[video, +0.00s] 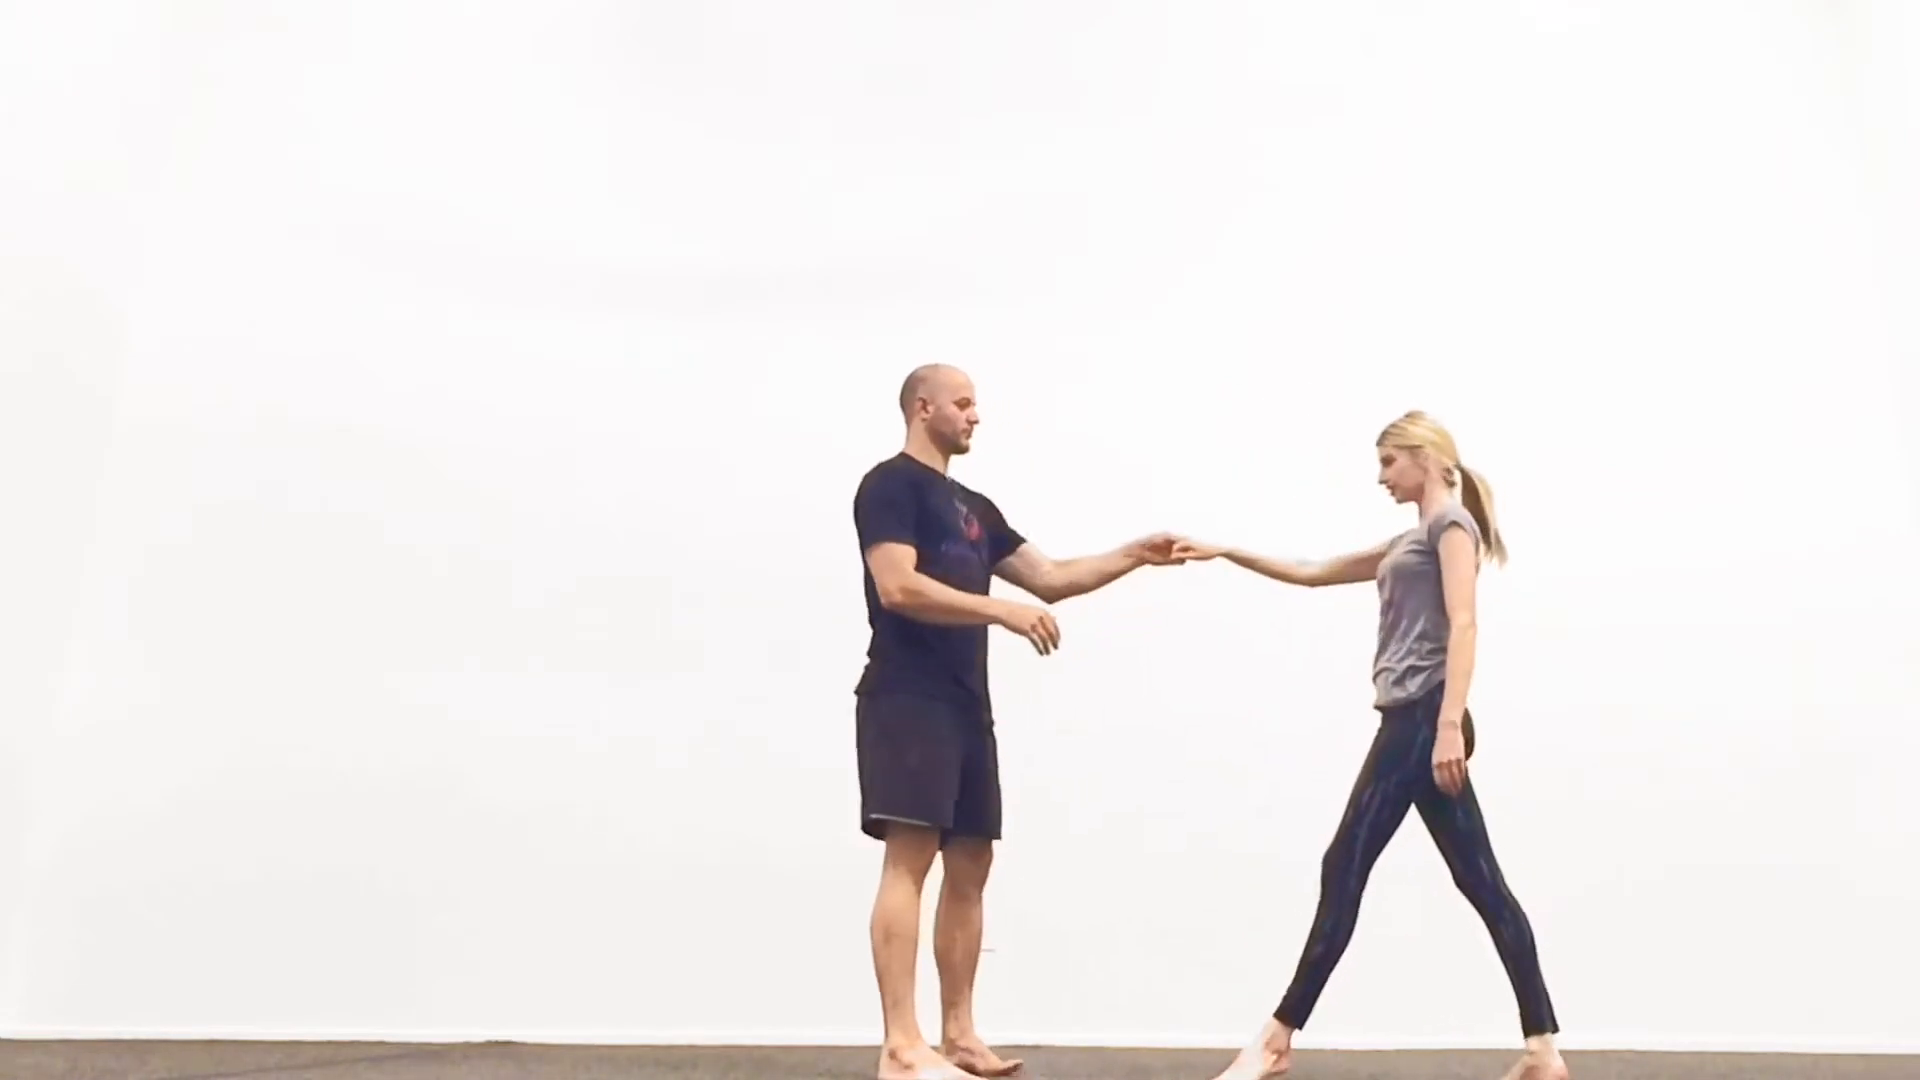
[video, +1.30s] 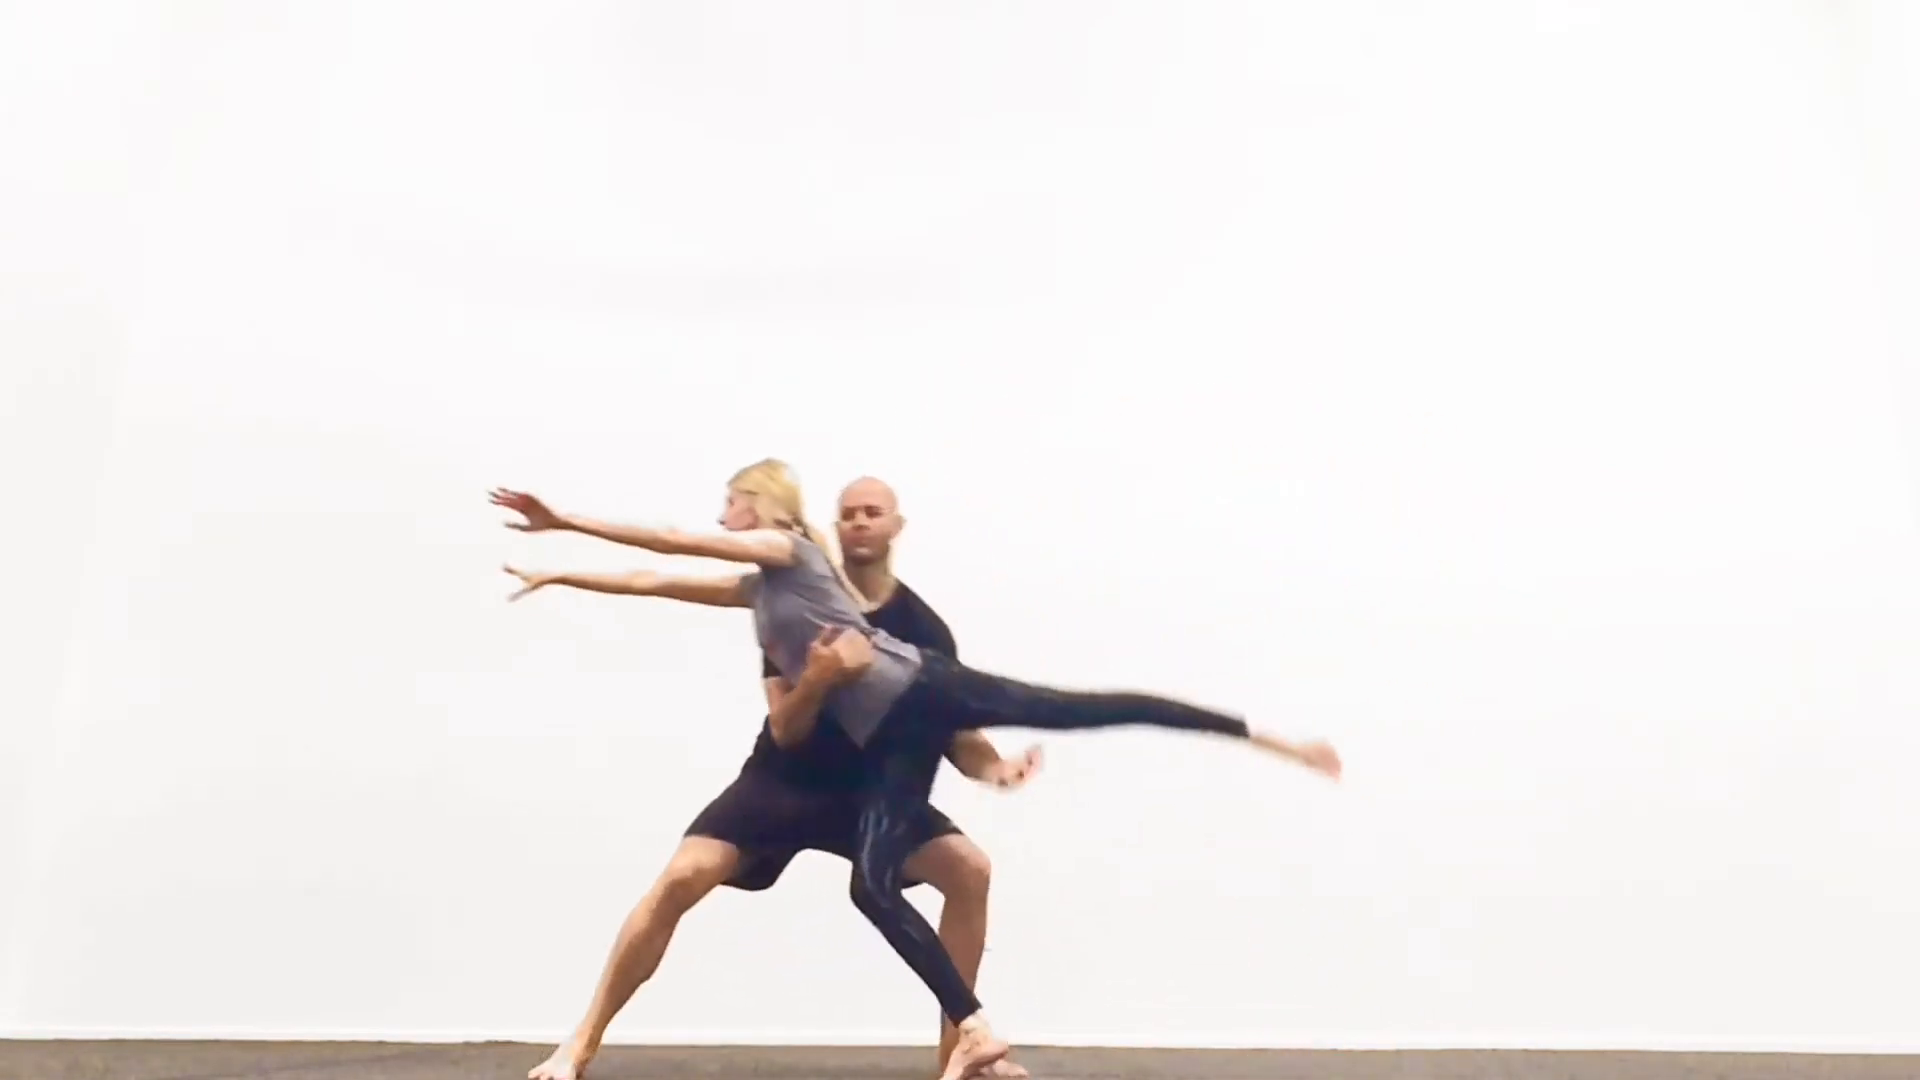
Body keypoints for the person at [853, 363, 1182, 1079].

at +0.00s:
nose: (975, 415)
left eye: (975, 404)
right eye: (963, 403)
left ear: (946, 412)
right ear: (919, 408)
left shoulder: (972, 505)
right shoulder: (889, 484)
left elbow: (1049, 578)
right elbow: (897, 588)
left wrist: (1134, 554)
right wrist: (1002, 611)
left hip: (967, 703)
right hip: (908, 698)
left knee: (971, 863)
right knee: (909, 859)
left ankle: (959, 1035)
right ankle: (900, 1046)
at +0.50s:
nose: (1060, 451)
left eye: (1063, 440)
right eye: (1049, 438)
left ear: (1053, 447)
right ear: (1008, 439)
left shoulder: (1044, 537)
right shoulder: (955, 510)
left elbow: (1052, 644)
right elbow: (947, 621)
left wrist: (1035, 604)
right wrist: (1041, 638)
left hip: (976, 708)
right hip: (911, 699)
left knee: (999, 866)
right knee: (898, 843)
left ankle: (965, 1039)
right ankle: (836, 1022)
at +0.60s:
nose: (1068, 469)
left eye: (1072, 460)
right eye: (1056, 457)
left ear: (1064, 469)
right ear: (1016, 459)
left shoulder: (1051, 559)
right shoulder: (962, 527)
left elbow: (1042, 675)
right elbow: (960, 635)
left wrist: (1016, 640)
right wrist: (1052, 636)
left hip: (970, 717)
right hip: (903, 705)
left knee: (1011, 868)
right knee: (880, 838)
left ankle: (965, 1041)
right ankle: (787, 1009)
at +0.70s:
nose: (1074, 492)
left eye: (1079, 481)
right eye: (1061, 478)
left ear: (1075, 492)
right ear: (1019, 480)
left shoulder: (1055, 583)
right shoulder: (967, 543)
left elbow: (1041, 677)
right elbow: (962, 648)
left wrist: (1044, 725)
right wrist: (1048, 640)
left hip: (963, 732)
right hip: (897, 714)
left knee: (1017, 873)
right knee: (851, 844)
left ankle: (968, 1039)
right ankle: (740, 998)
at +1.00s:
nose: (1032, 549)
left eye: (1042, 539)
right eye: (1020, 535)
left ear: (1049, 550)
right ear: (984, 532)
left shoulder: (1034, 646)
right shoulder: (927, 599)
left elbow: (1021, 746)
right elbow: (894, 717)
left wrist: (1057, 837)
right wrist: (953, 690)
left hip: (931, 774)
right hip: (854, 759)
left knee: (1024, 878)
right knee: (766, 857)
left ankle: (962, 1045)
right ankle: (631, 1003)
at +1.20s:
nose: (927, 543)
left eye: (940, 532)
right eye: (915, 531)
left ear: (958, 545)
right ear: (892, 539)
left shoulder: (970, 652)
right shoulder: (839, 611)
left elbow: (987, 756)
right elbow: (821, 740)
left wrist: (1022, 825)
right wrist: (862, 700)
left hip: (894, 797)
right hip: (808, 785)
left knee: (994, 869)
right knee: (716, 879)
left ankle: (960, 1046)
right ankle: (590, 1037)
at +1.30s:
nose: (859, 524)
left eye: (872, 513)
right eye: (848, 515)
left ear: (898, 526)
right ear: (830, 527)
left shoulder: (925, 630)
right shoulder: (790, 602)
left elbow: (955, 733)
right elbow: (784, 730)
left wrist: (994, 767)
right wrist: (819, 677)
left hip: (861, 788)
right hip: (776, 785)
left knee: (970, 870)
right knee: (684, 877)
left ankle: (956, 1047)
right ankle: (580, 1046)